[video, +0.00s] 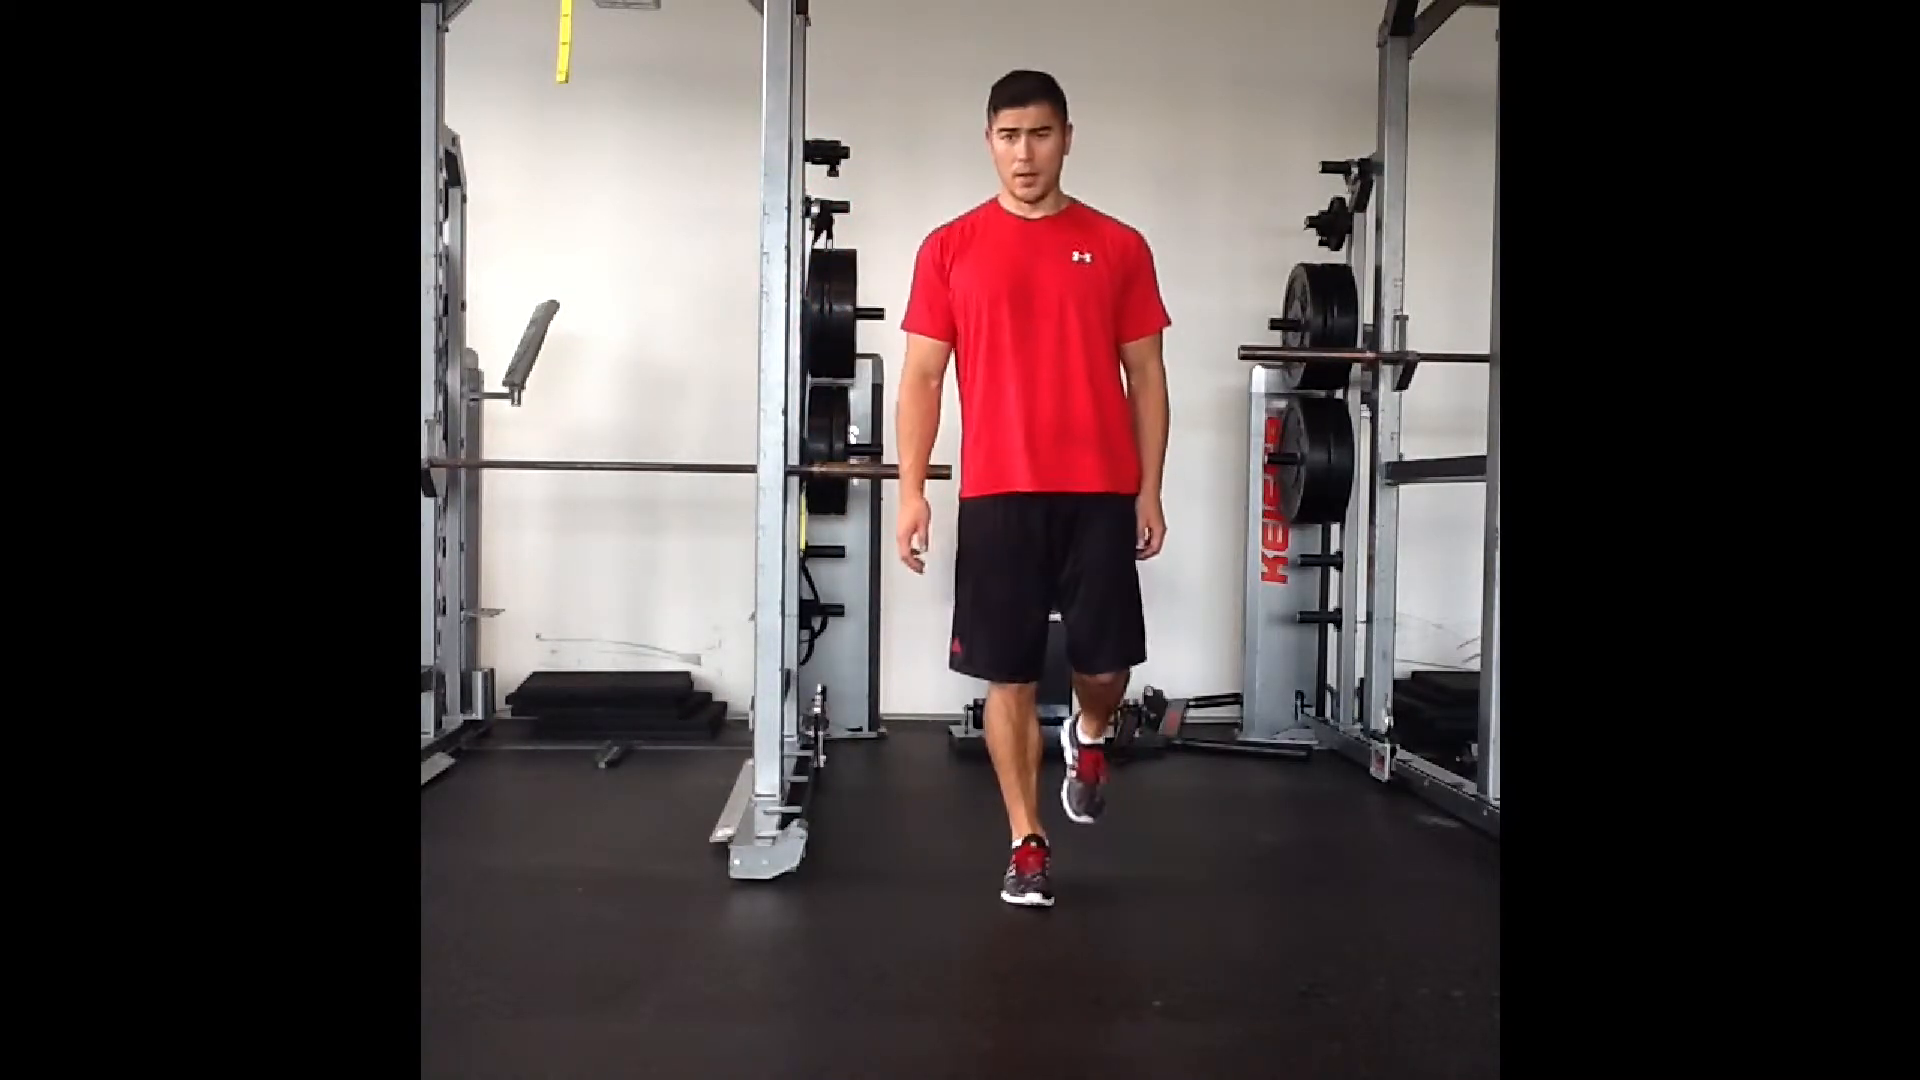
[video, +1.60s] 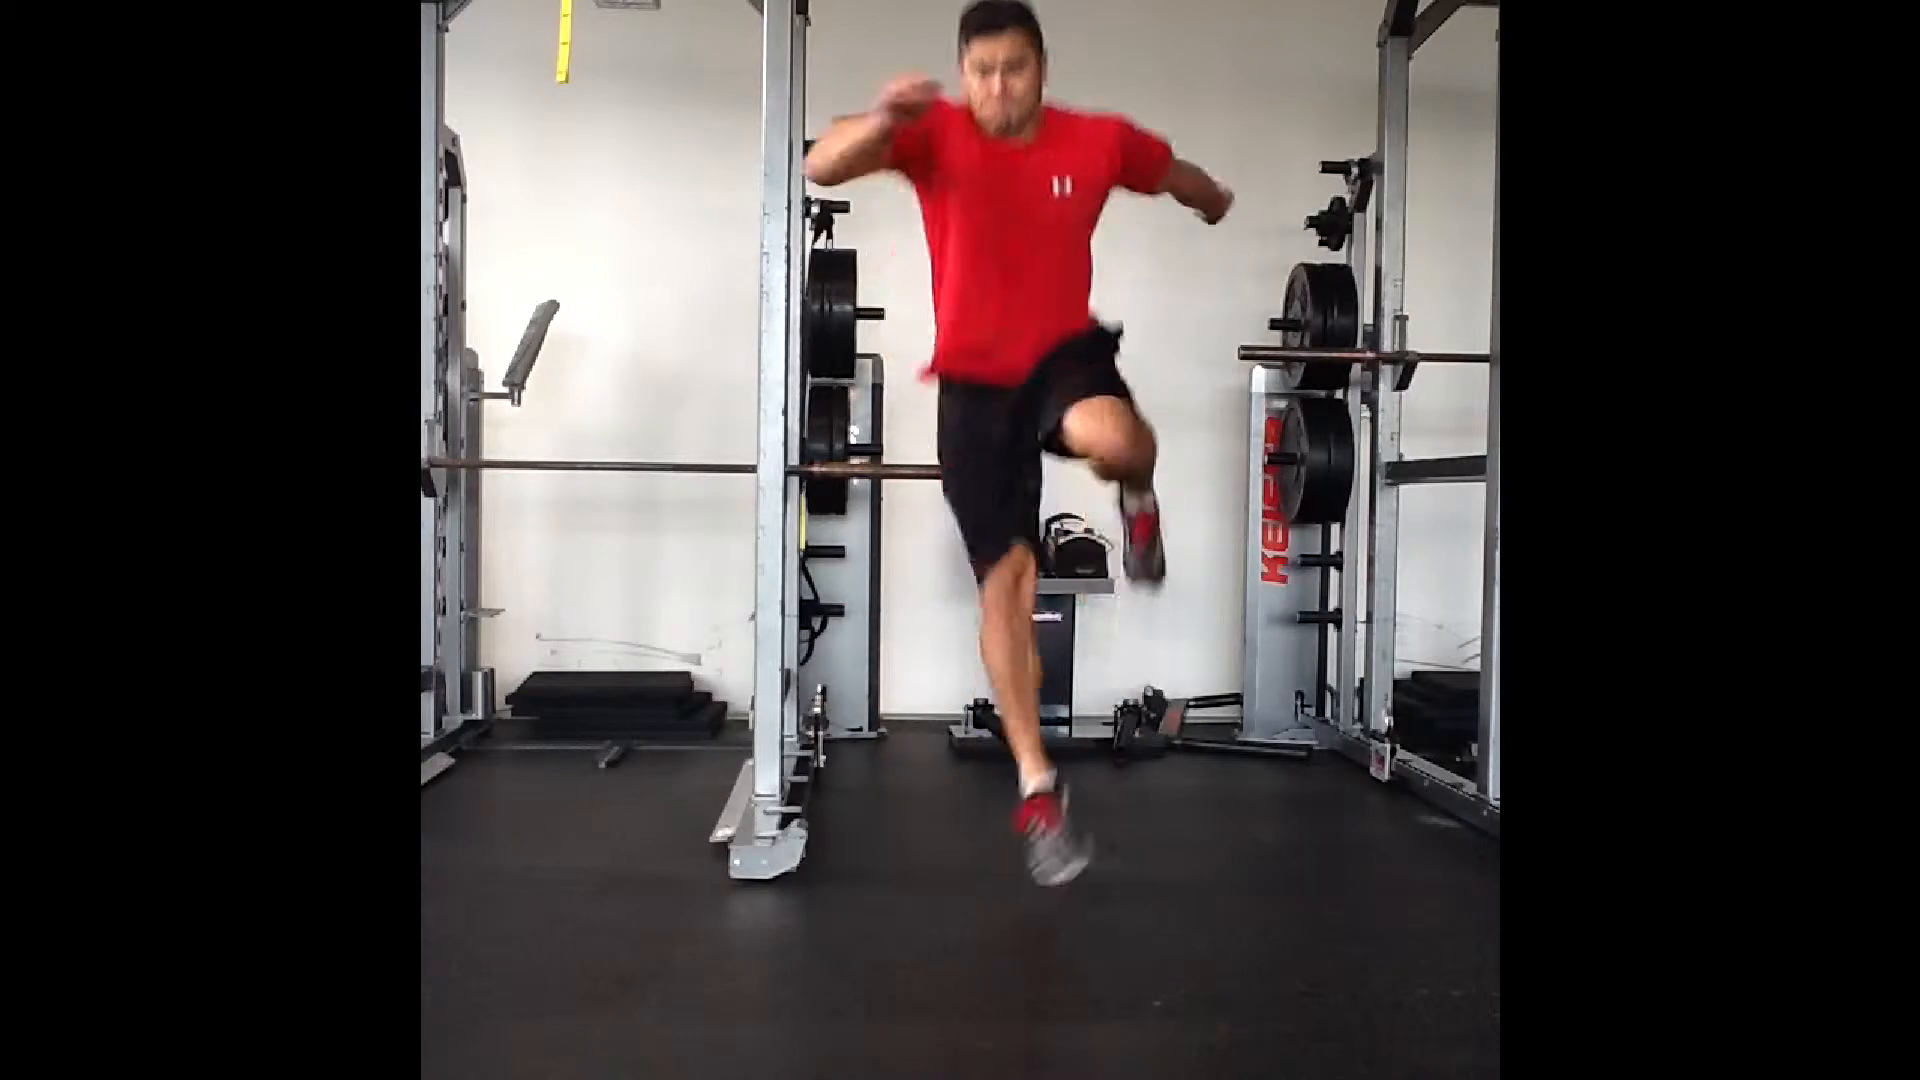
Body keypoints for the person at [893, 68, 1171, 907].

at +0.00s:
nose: (1026, 150)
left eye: (1041, 133)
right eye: (1010, 135)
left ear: (1066, 139)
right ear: (990, 144)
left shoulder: (1118, 247)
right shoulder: (949, 249)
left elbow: (1146, 371)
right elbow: (920, 374)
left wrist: (1149, 488)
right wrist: (913, 490)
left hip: (1099, 490)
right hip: (998, 491)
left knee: (1105, 664)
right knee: (1008, 672)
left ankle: (1088, 745)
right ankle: (1024, 842)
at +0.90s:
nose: (1012, 195)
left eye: (1028, 178)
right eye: (996, 178)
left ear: (1054, 190)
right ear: (975, 190)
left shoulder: (1103, 296)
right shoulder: (932, 288)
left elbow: (1137, 422)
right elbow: (916, 379)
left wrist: (1079, 439)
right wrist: (923, 472)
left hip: (1083, 526)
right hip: (983, 529)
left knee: (1091, 671)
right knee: (1007, 679)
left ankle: (1058, 695)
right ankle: (1023, 839)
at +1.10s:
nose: (1005, 275)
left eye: (1022, 261)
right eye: (989, 261)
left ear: (1048, 270)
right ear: (967, 272)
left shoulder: (1084, 344)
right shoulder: (929, 340)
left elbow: (1114, 424)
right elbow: (959, 412)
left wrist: (1033, 343)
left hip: (1084, 558)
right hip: (988, 556)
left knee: (1056, 681)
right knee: (1009, 686)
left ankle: (1012, 703)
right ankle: (1025, 844)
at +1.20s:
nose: (995, 295)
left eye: (1012, 278)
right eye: (981, 278)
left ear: (1039, 287)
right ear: (959, 288)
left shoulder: (1081, 359)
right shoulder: (929, 359)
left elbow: (1121, 463)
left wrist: (1040, 440)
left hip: (1083, 567)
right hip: (987, 563)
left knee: (1055, 685)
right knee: (1010, 695)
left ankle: (1021, 709)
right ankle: (1026, 845)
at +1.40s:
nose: (994, 226)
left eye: (1009, 210)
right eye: (978, 212)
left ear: (1035, 222)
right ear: (955, 227)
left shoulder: (1094, 316)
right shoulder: (925, 342)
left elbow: (1141, 423)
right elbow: (922, 479)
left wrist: (1174, 508)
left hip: (1082, 529)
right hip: (982, 545)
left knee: (1078, 674)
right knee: (1006, 695)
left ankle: (1076, 769)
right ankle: (1024, 843)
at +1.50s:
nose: (997, 173)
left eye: (1012, 157)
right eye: (981, 159)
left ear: (1037, 164)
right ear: (958, 168)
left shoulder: (1091, 240)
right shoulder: (929, 250)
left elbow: (1171, 277)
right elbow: (890, 315)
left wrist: (1211, 319)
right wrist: (928, 319)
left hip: (1077, 445)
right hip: (983, 480)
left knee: (1070, 505)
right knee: (1001, 671)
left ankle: (1129, 668)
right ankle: (1023, 840)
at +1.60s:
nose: (1001, 85)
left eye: (1015, 68)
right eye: (985, 70)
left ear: (1043, 69)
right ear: (963, 75)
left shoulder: (1099, 141)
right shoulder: (930, 134)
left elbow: (1178, 179)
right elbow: (821, 169)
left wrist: (1212, 200)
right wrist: (885, 117)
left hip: (1066, 355)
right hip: (975, 379)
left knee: (1113, 440)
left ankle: (1139, 503)